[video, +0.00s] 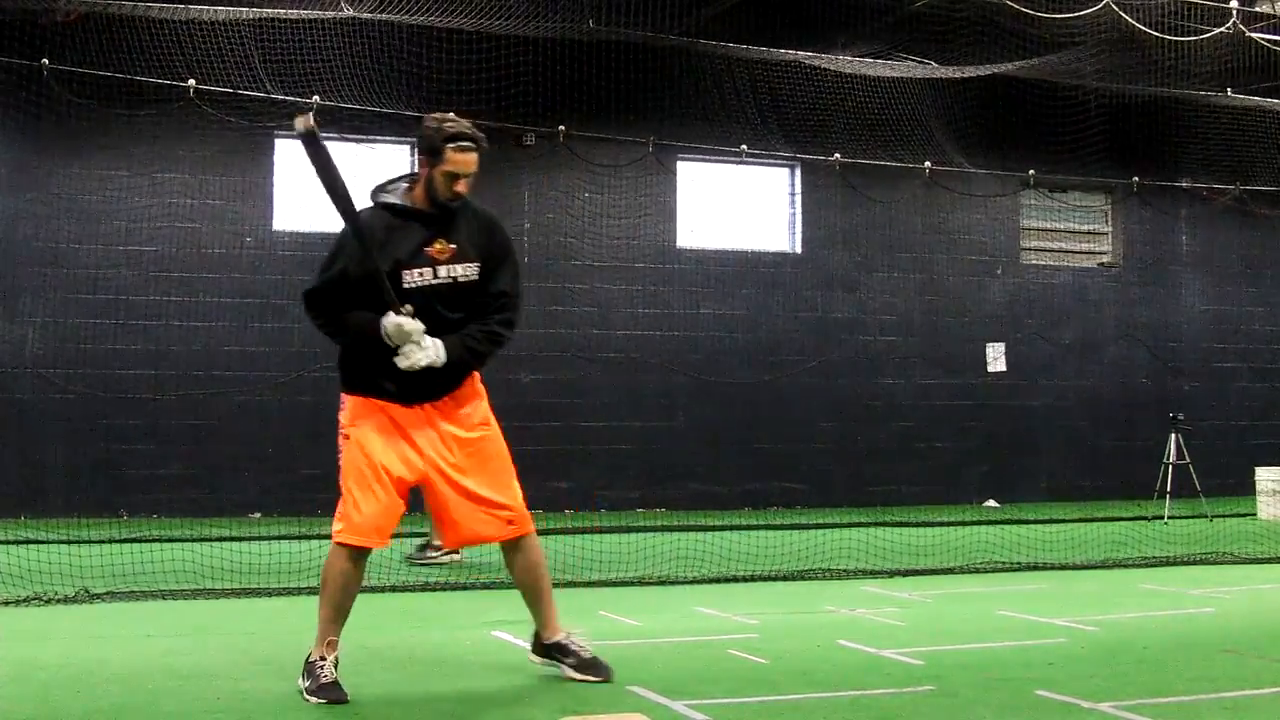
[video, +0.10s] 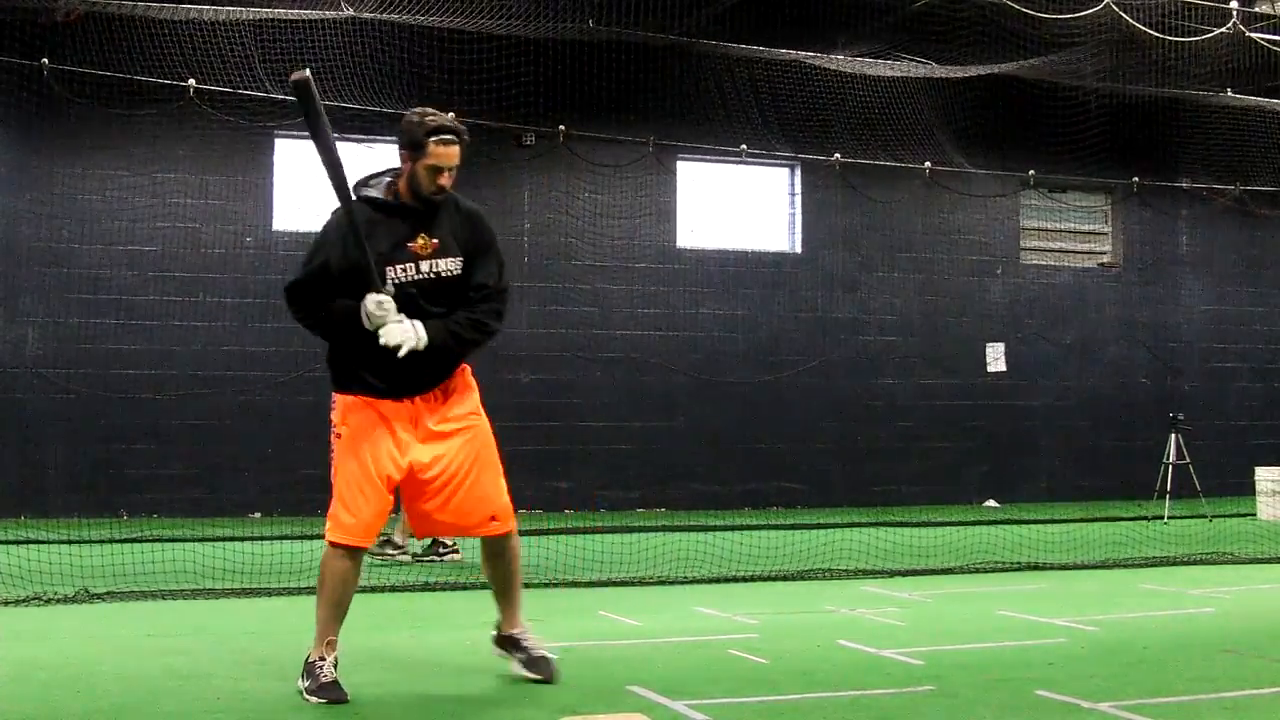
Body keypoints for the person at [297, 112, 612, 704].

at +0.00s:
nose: (463, 187)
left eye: (471, 177)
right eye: (454, 175)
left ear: (478, 172)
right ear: (424, 165)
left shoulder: (486, 233)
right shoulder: (372, 229)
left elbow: (501, 317)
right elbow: (324, 301)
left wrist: (446, 350)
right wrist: (379, 327)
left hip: (460, 403)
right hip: (377, 407)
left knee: (515, 521)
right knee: (357, 533)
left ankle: (549, 636)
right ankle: (323, 655)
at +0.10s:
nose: (447, 180)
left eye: (454, 169)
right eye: (437, 169)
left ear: (460, 166)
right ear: (405, 161)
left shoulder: (467, 223)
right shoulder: (356, 223)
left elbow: (489, 312)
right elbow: (303, 296)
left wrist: (428, 334)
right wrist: (360, 315)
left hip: (450, 398)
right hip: (369, 406)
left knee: (498, 521)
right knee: (350, 534)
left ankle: (512, 630)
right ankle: (322, 656)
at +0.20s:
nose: (469, 147)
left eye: (468, 138)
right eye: (461, 138)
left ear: (436, 146)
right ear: (426, 146)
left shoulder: (473, 199)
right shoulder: (373, 207)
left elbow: (494, 250)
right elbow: (312, 270)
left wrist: (420, 214)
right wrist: (370, 219)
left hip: (462, 391)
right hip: (384, 394)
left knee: (478, 527)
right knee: (362, 528)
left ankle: (468, 645)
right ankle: (323, 657)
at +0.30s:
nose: (470, 149)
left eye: (469, 139)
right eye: (461, 140)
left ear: (436, 148)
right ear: (427, 148)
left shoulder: (472, 198)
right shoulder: (375, 209)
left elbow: (493, 244)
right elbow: (311, 265)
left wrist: (418, 202)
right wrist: (373, 214)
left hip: (460, 390)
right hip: (381, 394)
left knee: (478, 528)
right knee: (364, 527)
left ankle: (469, 645)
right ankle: (323, 658)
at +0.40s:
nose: (468, 152)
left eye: (466, 142)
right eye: (459, 143)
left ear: (433, 149)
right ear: (425, 150)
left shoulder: (469, 203)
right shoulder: (372, 212)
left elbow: (487, 243)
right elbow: (305, 259)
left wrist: (416, 201)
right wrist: (370, 209)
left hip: (453, 392)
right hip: (376, 395)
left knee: (476, 527)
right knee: (362, 528)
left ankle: (468, 645)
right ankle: (323, 657)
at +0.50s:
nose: (462, 154)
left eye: (461, 145)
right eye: (453, 145)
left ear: (431, 151)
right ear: (419, 151)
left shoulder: (460, 206)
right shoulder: (362, 210)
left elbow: (478, 246)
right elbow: (293, 247)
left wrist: (410, 201)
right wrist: (361, 204)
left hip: (441, 391)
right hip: (363, 393)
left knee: (470, 526)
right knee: (356, 528)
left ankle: (469, 644)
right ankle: (320, 658)